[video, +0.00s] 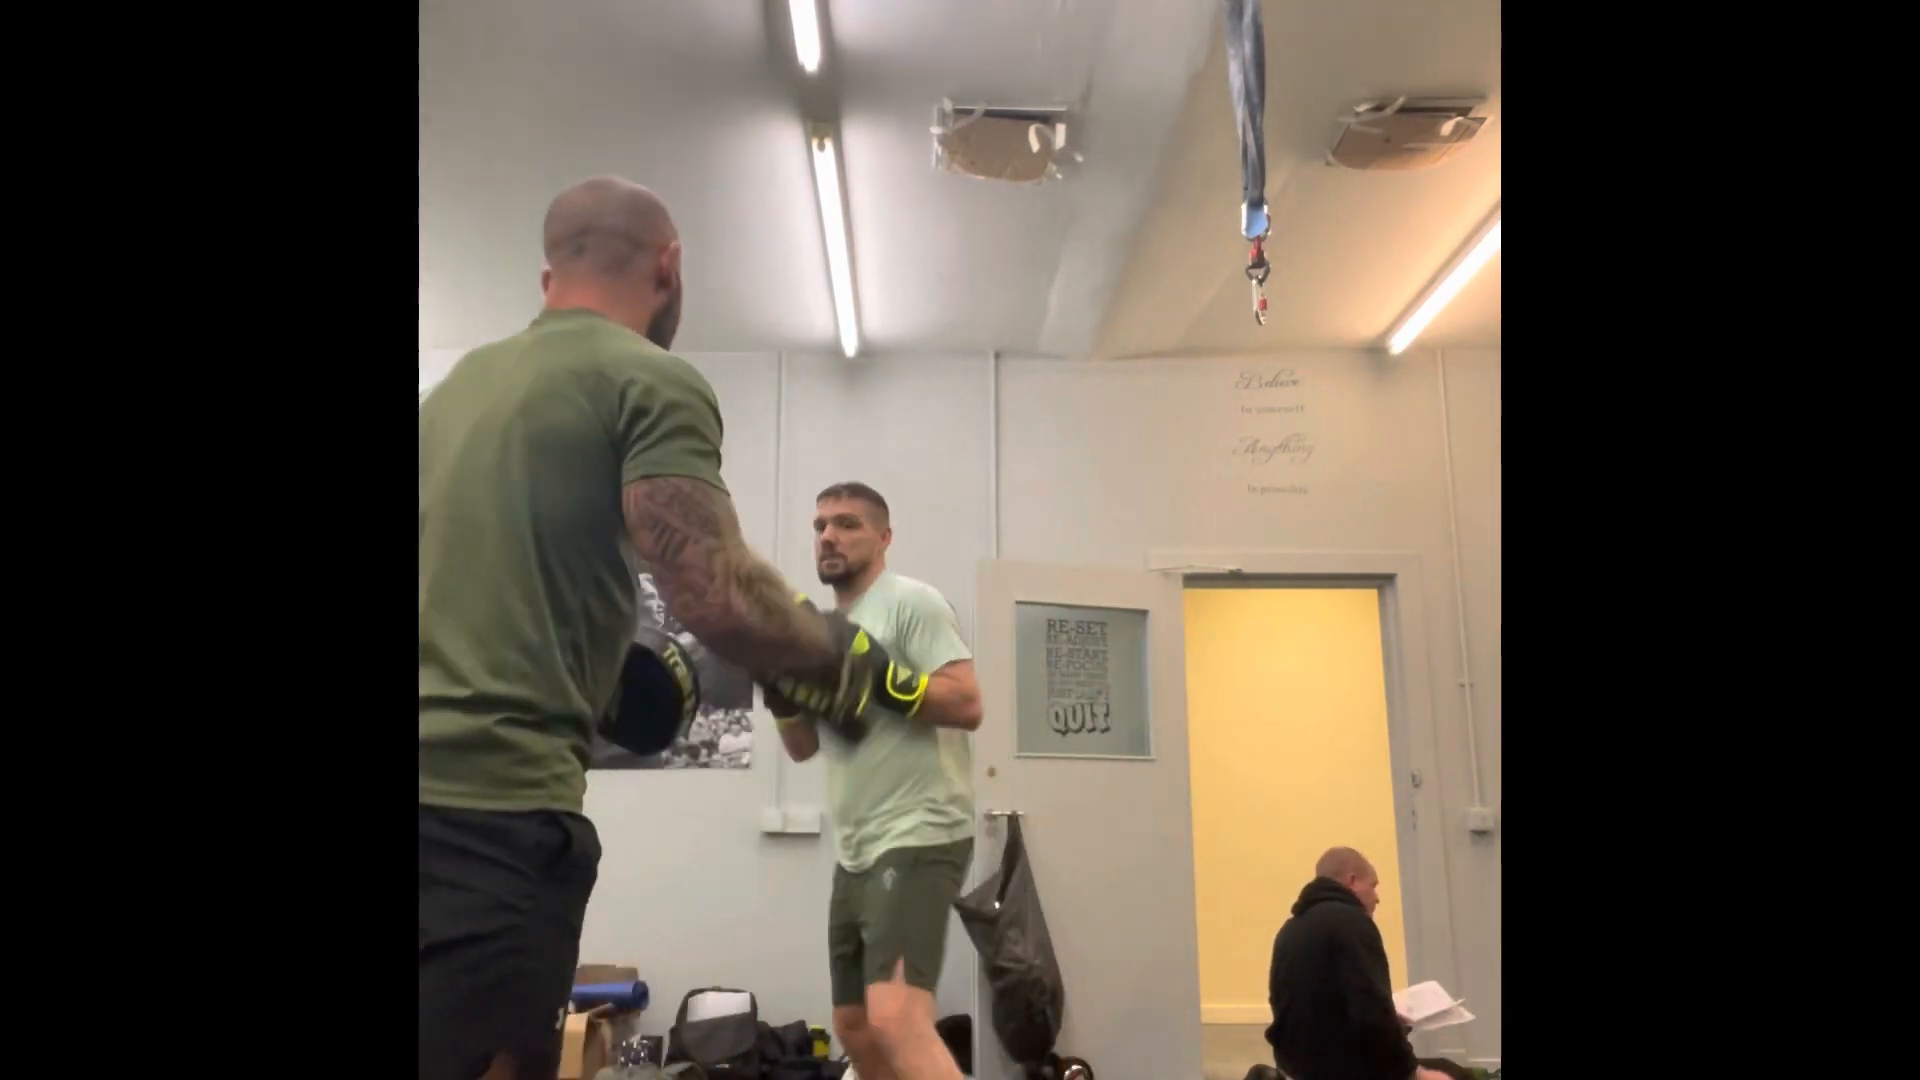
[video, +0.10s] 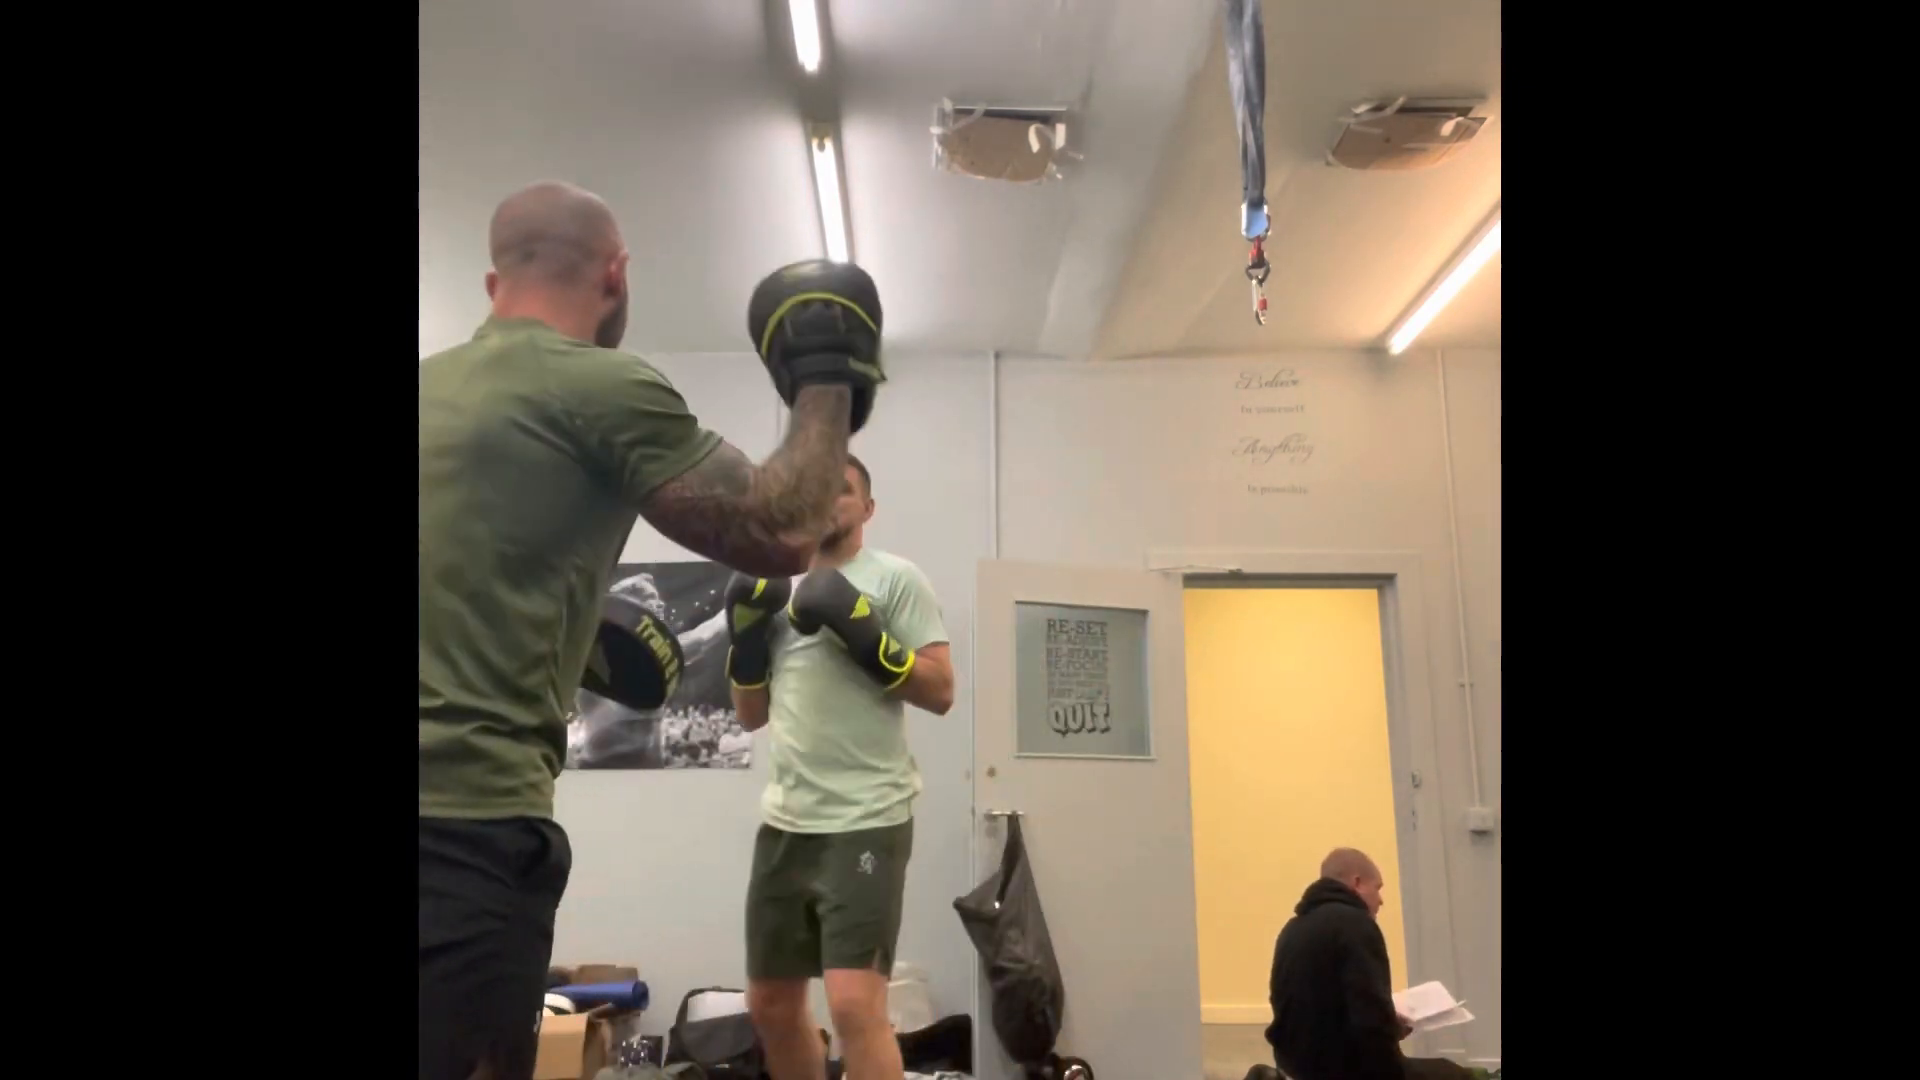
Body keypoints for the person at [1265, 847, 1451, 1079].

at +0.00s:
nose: (1377, 899)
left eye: (1376, 887)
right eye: (1373, 886)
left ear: (1323, 883)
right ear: (1352, 883)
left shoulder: (1290, 929)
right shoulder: (1352, 922)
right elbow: (1372, 1013)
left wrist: (1385, 1018)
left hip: (1299, 1065)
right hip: (1349, 1068)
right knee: (1449, 1070)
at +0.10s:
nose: (1381, 900)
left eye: (1380, 890)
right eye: (1378, 889)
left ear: (1329, 884)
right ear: (1356, 884)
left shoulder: (1292, 929)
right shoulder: (1357, 925)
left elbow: (1287, 1010)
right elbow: (1370, 1019)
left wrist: (1383, 1017)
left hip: (1299, 1066)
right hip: (1351, 1071)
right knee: (1450, 1071)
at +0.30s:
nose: (1397, 912)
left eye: (1399, 900)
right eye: (1396, 899)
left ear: (1349, 889)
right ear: (1374, 890)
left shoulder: (1306, 928)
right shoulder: (1374, 932)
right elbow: (1381, 1033)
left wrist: (1394, 1023)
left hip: (1296, 1065)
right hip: (1348, 1071)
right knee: (1450, 1071)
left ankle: (1276, 1074)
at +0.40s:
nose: (1410, 919)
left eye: (1412, 908)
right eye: (1409, 906)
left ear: (1360, 891)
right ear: (1389, 896)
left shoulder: (1319, 925)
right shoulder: (1384, 932)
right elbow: (1385, 1032)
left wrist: (1401, 1042)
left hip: (1295, 1060)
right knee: (1451, 1073)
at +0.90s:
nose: (1402, 911)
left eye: (1402, 899)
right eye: (1399, 897)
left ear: (1350, 886)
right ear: (1376, 887)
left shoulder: (1310, 926)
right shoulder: (1376, 929)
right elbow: (1378, 1027)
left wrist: (1400, 1042)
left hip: (1297, 1059)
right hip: (1349, 1067)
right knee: (1458, 1072)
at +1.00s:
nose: (1400, 909)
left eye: (1400, 898)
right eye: (1397, 896)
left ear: (1369, 889)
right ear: (1373, 888)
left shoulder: (1312, 924)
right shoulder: (1366, 926)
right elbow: (1355, 1013)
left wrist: (1397, 1039)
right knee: (1453, 1073)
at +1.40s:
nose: (1409, 925)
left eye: (1411, 916)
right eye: (1407, 916)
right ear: (1384, 910)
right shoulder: (1351, 940)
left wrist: (1391, 1050)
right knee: (1445, 1072)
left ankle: (1271, 1074)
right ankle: (1271, 1074)